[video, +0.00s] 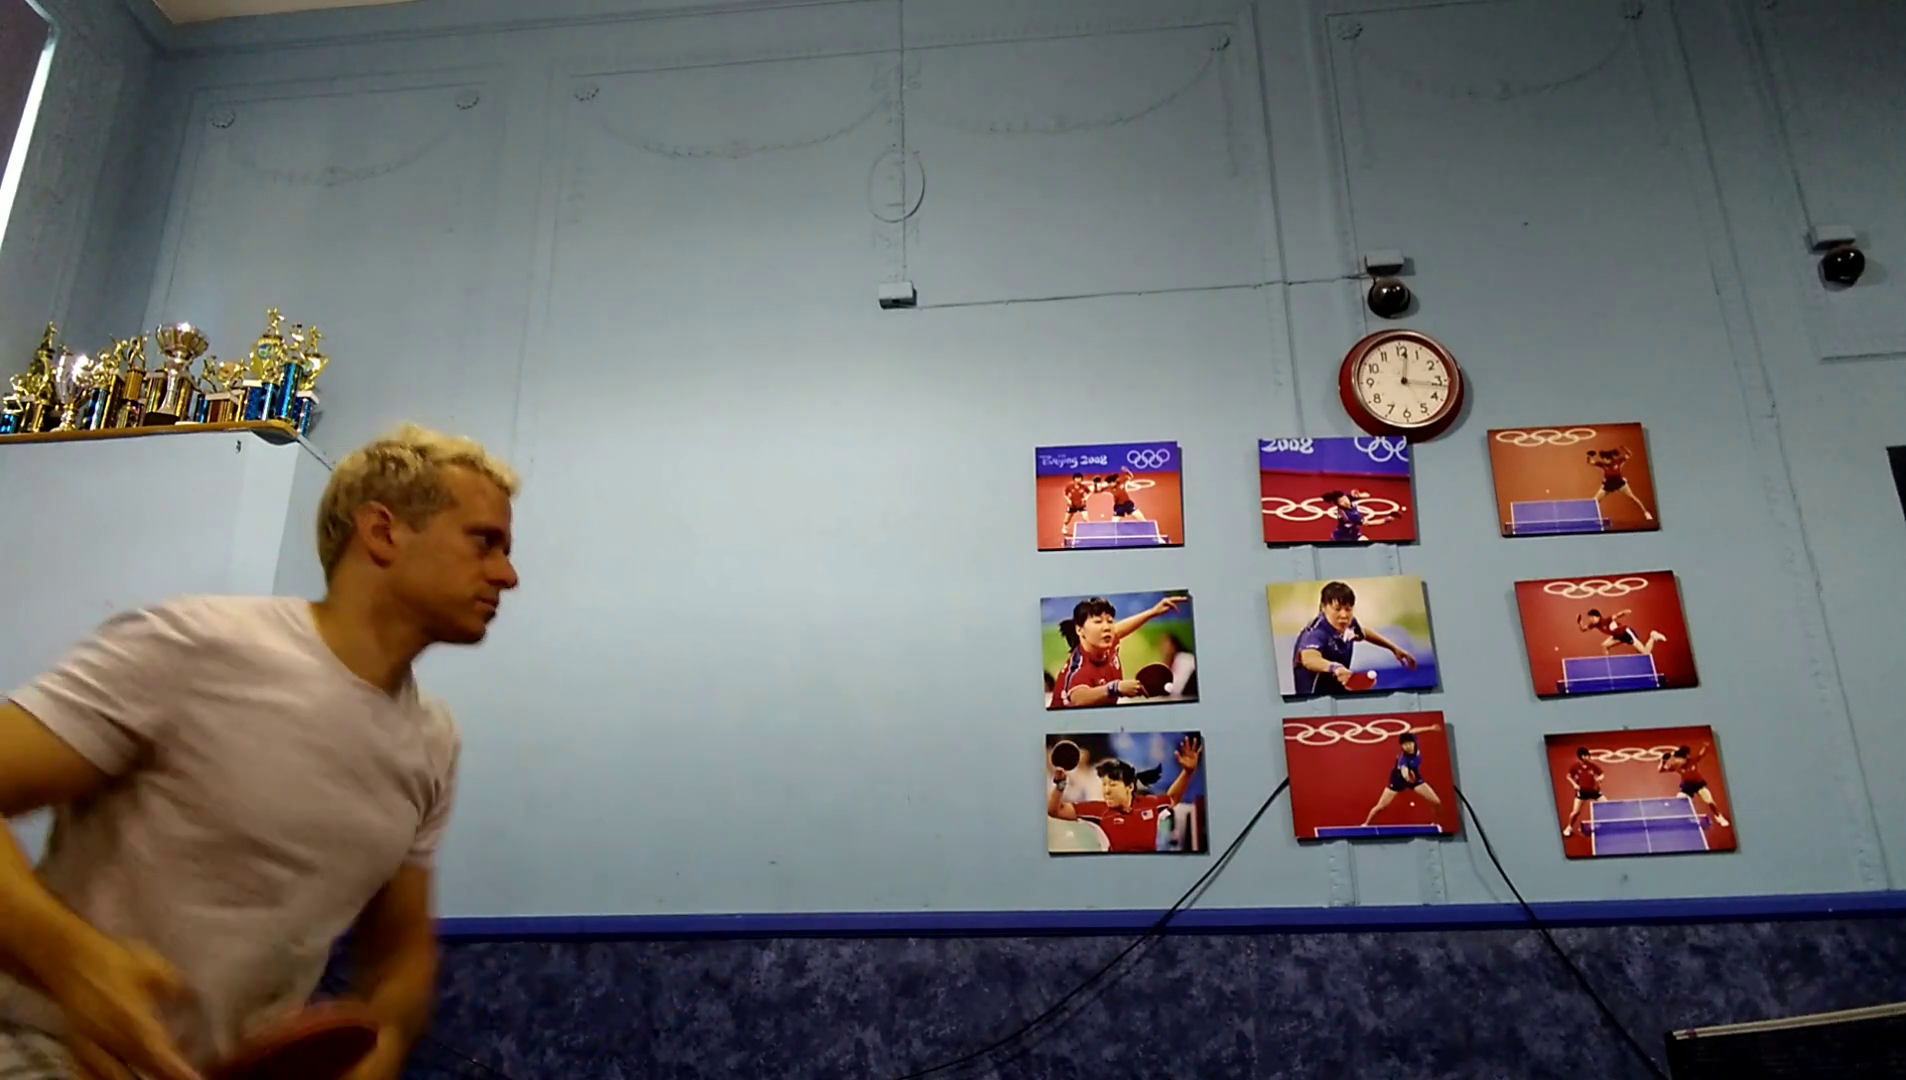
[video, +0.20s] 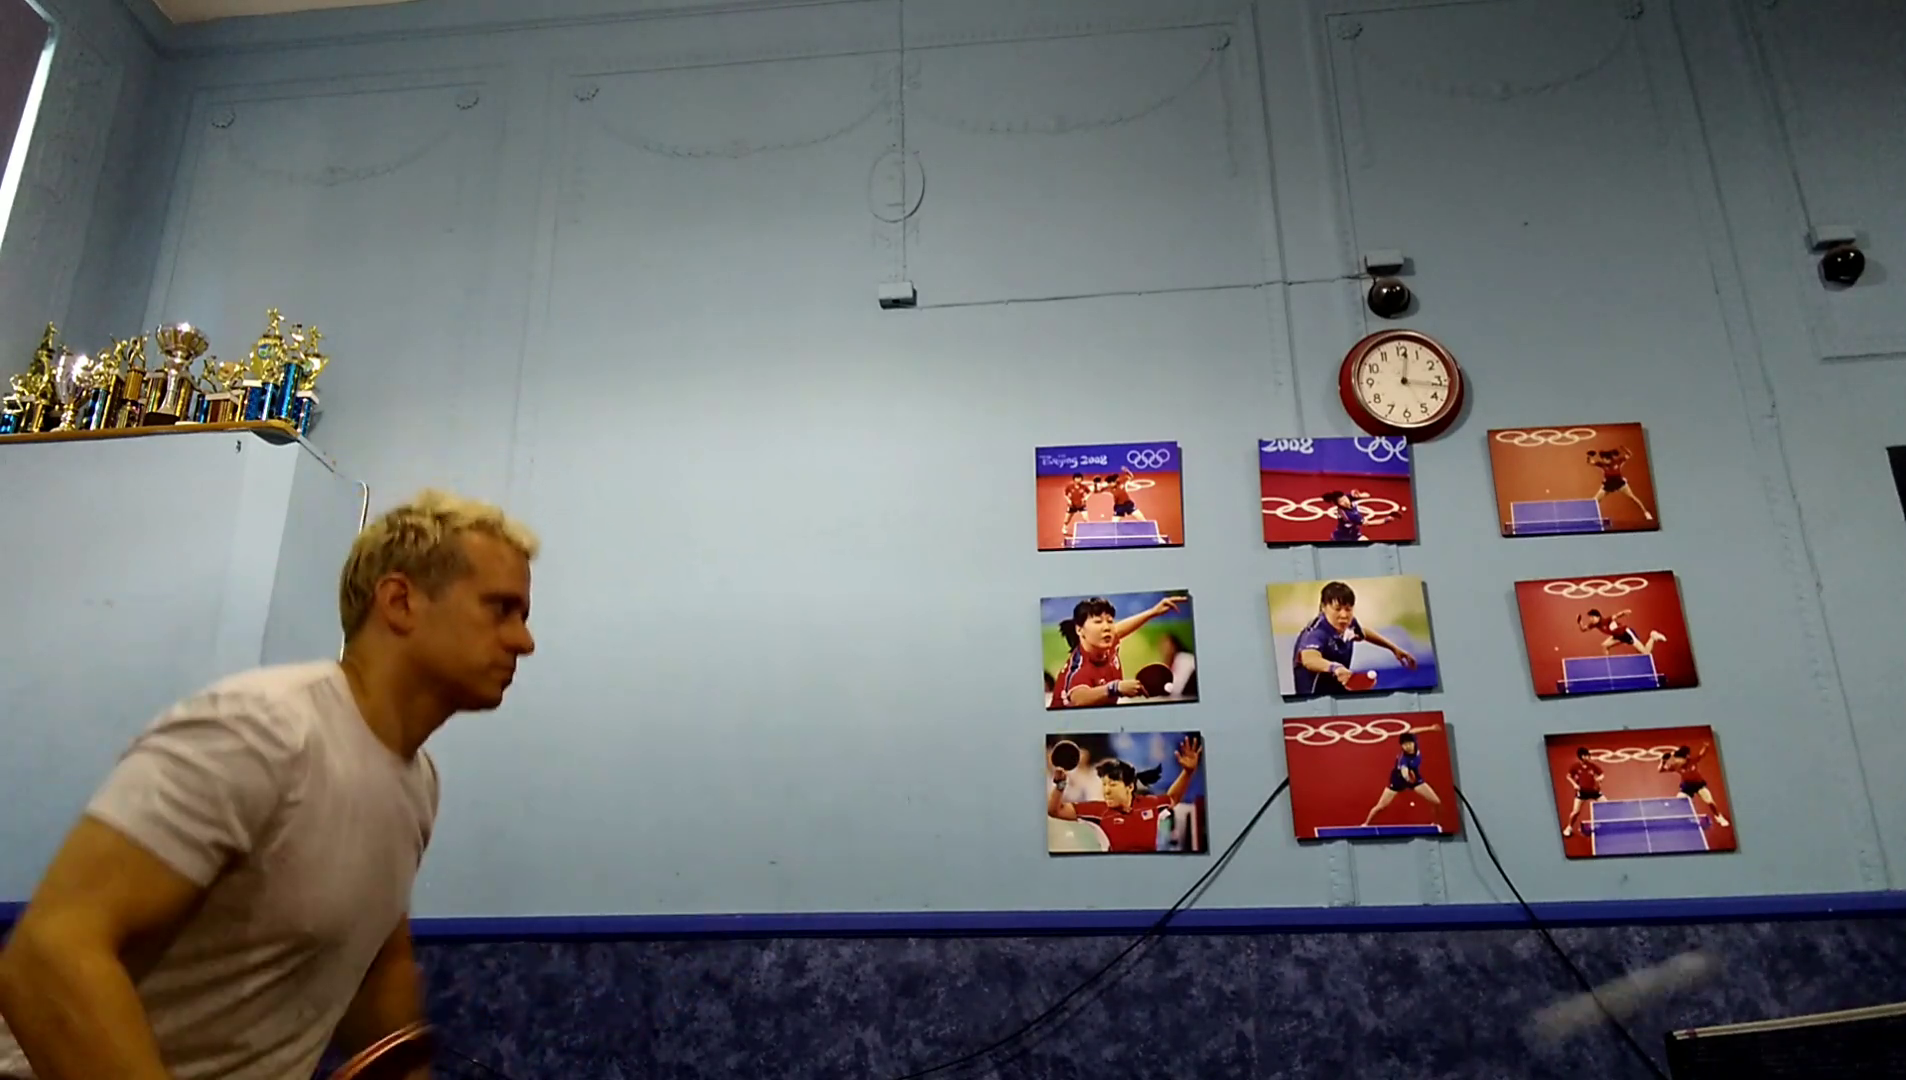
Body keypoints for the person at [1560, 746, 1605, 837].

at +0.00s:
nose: (1587, 758)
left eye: (1588, 755)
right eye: (1585, 755)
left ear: (1589, 756)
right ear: (1581, 757)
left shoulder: (1592, 766)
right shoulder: (1576, 766)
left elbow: (1602, 774)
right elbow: (1568, 776)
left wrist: (1598, 779)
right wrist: (1574, 785)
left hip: (1594, 791)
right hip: (1582, 791)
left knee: (1606, 806)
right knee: (1576, 812)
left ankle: (1607, 826)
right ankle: (1569, 827)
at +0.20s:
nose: (1587, 758)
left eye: (1588, 755)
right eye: (1585, 756)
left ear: (1589, 756)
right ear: (1581, 757)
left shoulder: (1592, 766)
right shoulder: (1576, 766)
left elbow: (1602, 774)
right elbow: (1569, 776)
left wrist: (1598, 779)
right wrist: (1574, 785)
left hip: (1594, 791)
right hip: (1582, 791)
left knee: (1606, 806)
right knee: (1576, 812)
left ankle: (1607, 826)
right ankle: (1569, 827)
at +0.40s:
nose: (1587, 758)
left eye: (1588, 755)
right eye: (1585, 756)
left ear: (1589, 756)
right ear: (1581, 757)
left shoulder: (1592, 766)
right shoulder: (1576, 767)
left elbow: (1602, 774)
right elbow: (1568, 776)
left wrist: (1598, 779)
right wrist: (1574, 785)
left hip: (1594, 791)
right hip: (1582, 791)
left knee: (1606, 806)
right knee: (1576, 811)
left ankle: (1607, 826)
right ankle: (1569, 827)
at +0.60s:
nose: (1587, 758)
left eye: (1588, 755)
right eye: (1585, 756)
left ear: (1589, 756)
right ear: (1581, 757)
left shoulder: (1592, 766)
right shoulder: (1576, 767)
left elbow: (1602, 774)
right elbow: (1568, 776)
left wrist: (1598, 779)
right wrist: (1574, 785)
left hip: (1594, 791)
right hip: (1582, 791)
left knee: (1606, 805)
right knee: (1576, 811)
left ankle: (1607, 826)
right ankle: (1569, 827)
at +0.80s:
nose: (1587, 758)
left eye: (1588, 755)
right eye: (1585, 756)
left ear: (1589, 756)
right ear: (1581, 757)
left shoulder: (1592, 766)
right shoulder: (1576, 767)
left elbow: (1602, 774)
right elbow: (1569, 776)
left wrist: (1598, 779)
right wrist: (1574, 785)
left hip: (1594, 791)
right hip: (1582, 791)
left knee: (1606, 805)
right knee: (1576, 811)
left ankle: (1607, 826)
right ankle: (1569, 827)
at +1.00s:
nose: (1587, 758)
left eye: (1588, 755)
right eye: (1585, 756)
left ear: (1589, 756)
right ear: (1581, 757)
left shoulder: (1592, 766)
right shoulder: (1576, 766)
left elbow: (1602, 774)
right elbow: (1568, 776)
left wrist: (1598, 779)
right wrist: (1574, 785)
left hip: (1594, 791)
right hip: (1582, 791)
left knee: (1606, 805)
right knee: (1576, 812)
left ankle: (1607, 826)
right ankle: (1569, 827)